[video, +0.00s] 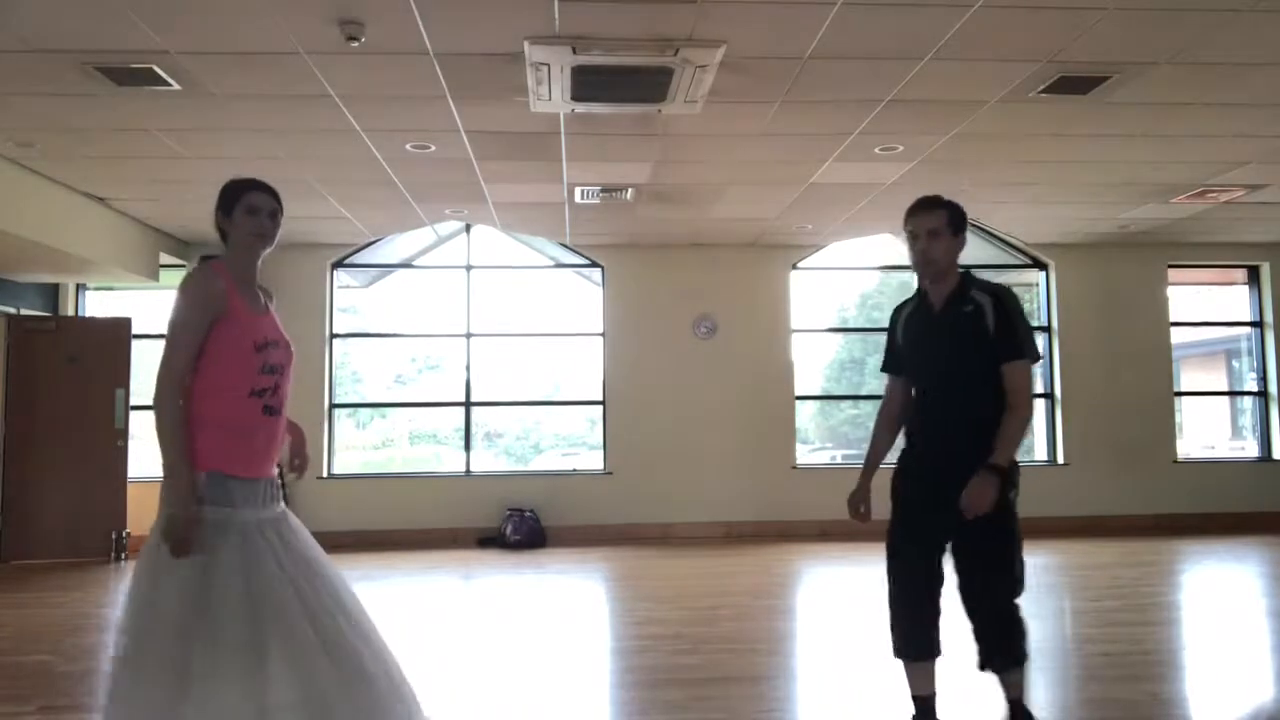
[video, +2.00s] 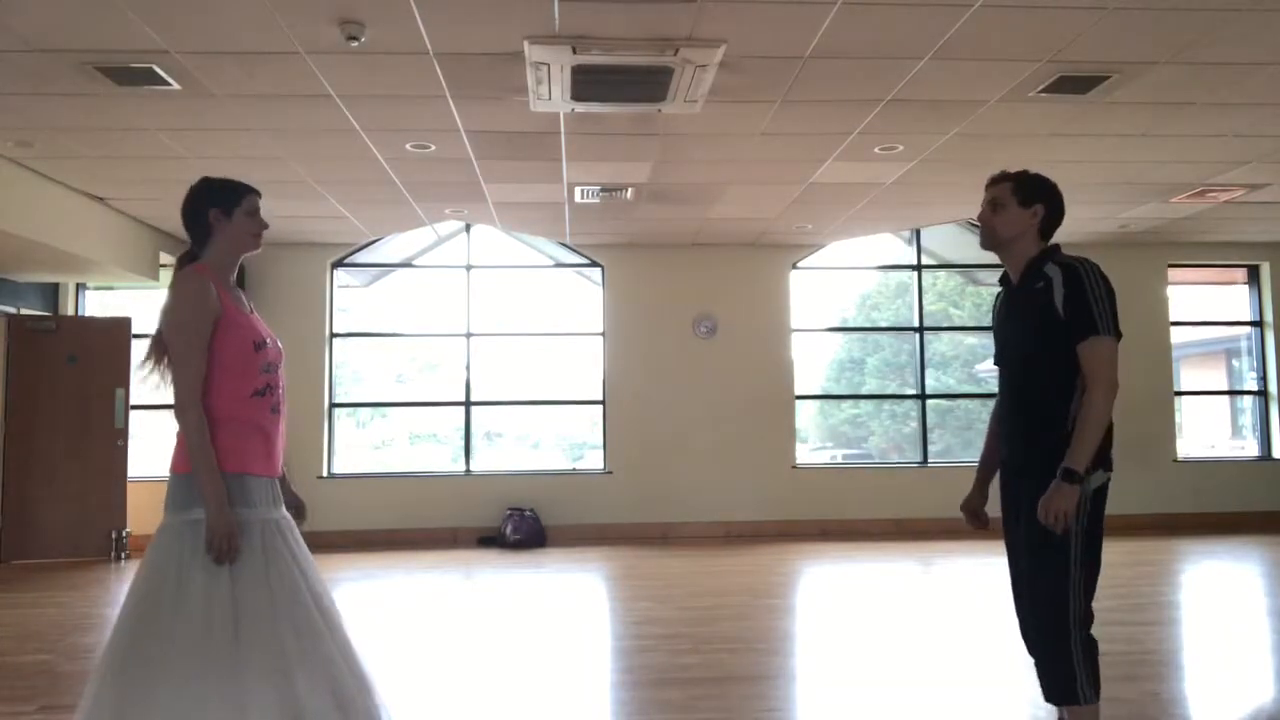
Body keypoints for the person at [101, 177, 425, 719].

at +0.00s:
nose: (265, 223)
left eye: (273, 216)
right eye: (252, 212)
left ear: (279, 229)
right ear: (224, 220)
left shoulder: (262, 297)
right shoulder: (207, 284)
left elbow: (240, 390)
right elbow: (169, 387)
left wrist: (288, 427)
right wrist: (178, 489)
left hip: (261, 498)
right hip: (213, 498)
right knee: (213, 655)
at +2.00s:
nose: (263, 225)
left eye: (261, 215)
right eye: (253, 215)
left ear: (224, 220)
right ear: (218, 218)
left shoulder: (235, 295)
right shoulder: (196, 286)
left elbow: (245, 401)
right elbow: (187, 402)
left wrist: (280, 483)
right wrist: (216, 505)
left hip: (256, 492)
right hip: (221, 493)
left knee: (263, 647)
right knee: (224, 649)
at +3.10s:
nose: (262, 230)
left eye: (261, 220)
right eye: (251, 218)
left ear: (223, 225)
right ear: (213, 222)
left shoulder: (233, 298)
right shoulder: (192, 289)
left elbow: (238, 400)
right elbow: (181, 402)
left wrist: (268, 486)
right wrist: (207, 505)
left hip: (252, 494)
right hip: (218, 495)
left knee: (256, 652)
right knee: (215, 653)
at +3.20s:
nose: (261, 231)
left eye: (259, 220)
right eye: (250, 219)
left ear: (222, 226)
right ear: (212, 223)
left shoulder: (232, 297)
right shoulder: (192, 289)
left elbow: (236, 400)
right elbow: (182, 402)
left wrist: (268, 488)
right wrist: (208, 505)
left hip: (252, 496)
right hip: (218, 497)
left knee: (254, 653)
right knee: (215, 656)